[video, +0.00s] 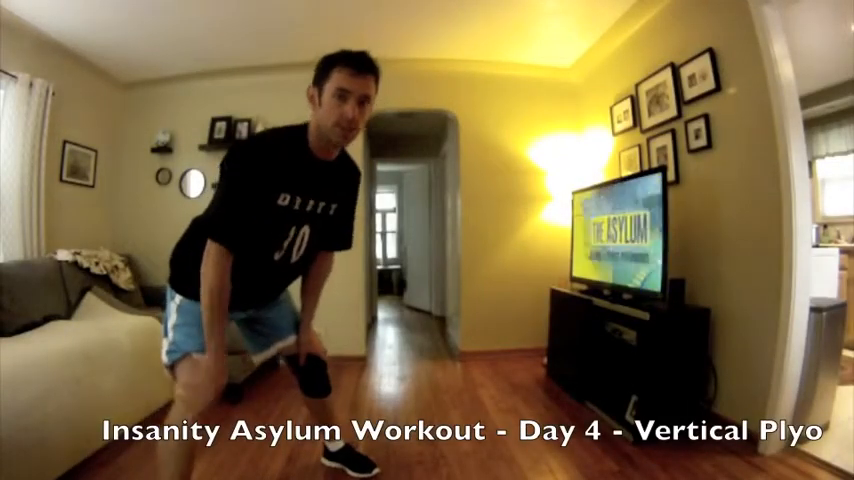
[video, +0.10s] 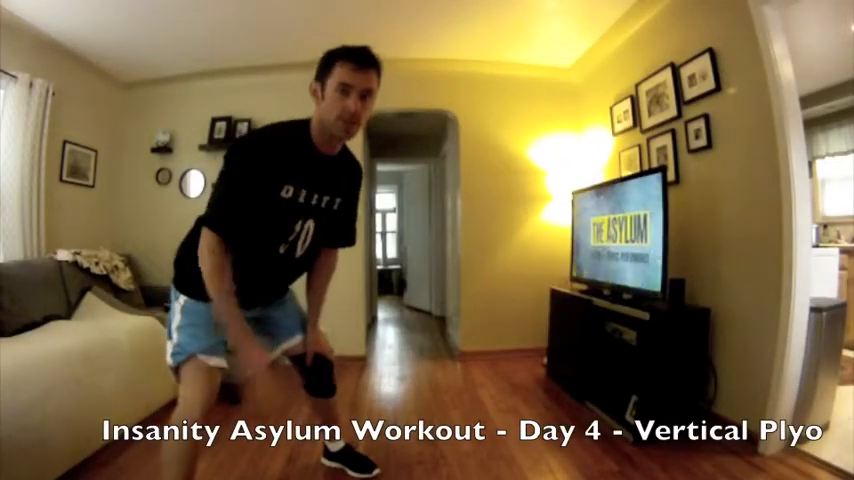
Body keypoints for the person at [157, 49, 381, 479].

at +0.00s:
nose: (351, 113)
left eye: (362, 103)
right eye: (341, 97)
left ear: (371, 110)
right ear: (313, 97)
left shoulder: (345, 176)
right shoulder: (257, 154)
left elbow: (323, 254)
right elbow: (217, 251)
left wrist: (306, 325)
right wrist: (215, 352)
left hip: (262, 287)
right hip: (201, 285)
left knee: (313, 366)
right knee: (200, 386)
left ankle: (334, 446)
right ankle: (171, 474)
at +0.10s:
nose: (354, 107)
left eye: (365, 97)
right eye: (345, 91)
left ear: (373, 104)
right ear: (317, 91)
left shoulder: (347, 172)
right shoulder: (258, 148)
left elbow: (327, 251)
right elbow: (210, 244)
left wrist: (313, 325)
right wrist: (242, 338)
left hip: (268, 288)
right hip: (207, 287)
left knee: (319, 368)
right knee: (198, 400)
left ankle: (336, 446)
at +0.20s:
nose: (357, 104)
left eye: (367, 95)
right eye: (347, 88)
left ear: (375, 103)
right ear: (319, 89)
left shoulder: (350, 171)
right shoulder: (261, 145)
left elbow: (330, 256)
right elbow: (215, 240)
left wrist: (318, 325)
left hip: (278, 291)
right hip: (213, 287)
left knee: (323, 369)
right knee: (201, 398)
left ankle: (335, 446)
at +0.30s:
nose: (360, 104)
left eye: (371, 95)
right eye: (350, 88)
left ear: (378, 103)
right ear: (322, 89)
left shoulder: (353, 172)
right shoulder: (266, 144)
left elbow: (333, 251)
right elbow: (226, 240)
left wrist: (321, 325)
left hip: (275, 286)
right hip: (214, 284)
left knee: (325, 367)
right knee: (202, 396)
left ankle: (335, 447)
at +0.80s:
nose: (397, 102)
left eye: (399, 91)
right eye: (393, 88)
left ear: (367, 83)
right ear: (361, 78)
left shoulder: (356, 161)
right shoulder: (289, 125)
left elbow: (337, 239)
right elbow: (252, 209)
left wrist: (329, 301)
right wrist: (309, 285)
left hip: (294, 290)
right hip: (232, 284)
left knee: (331, 370)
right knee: (206, 397)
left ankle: (335, 447)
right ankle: (178, 473)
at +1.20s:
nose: (400, 81)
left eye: (402, 71)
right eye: (397, 69)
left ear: (371, 64)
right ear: (369, 61)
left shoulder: (362, 134)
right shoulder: (307, 102)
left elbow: (353, 213)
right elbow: (269, 180)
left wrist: (353, 277)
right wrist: (262, 268)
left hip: (329, 275)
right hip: (281, 273)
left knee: (343, 363)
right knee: (263, 384)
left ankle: (336, 447)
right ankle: (230, 473)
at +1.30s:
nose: (396, 75)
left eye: (398, 65)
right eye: (393, 63)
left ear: (370, 60)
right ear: (364, 56)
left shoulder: (359, 128)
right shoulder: (303, 100)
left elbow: (354, 208)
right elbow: (267, 178)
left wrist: (356, 275)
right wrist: (269, 266)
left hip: (331, 273)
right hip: (282, 271)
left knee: (339, 368)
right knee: (270, 385)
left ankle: (336, 447)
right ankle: (259, 472)